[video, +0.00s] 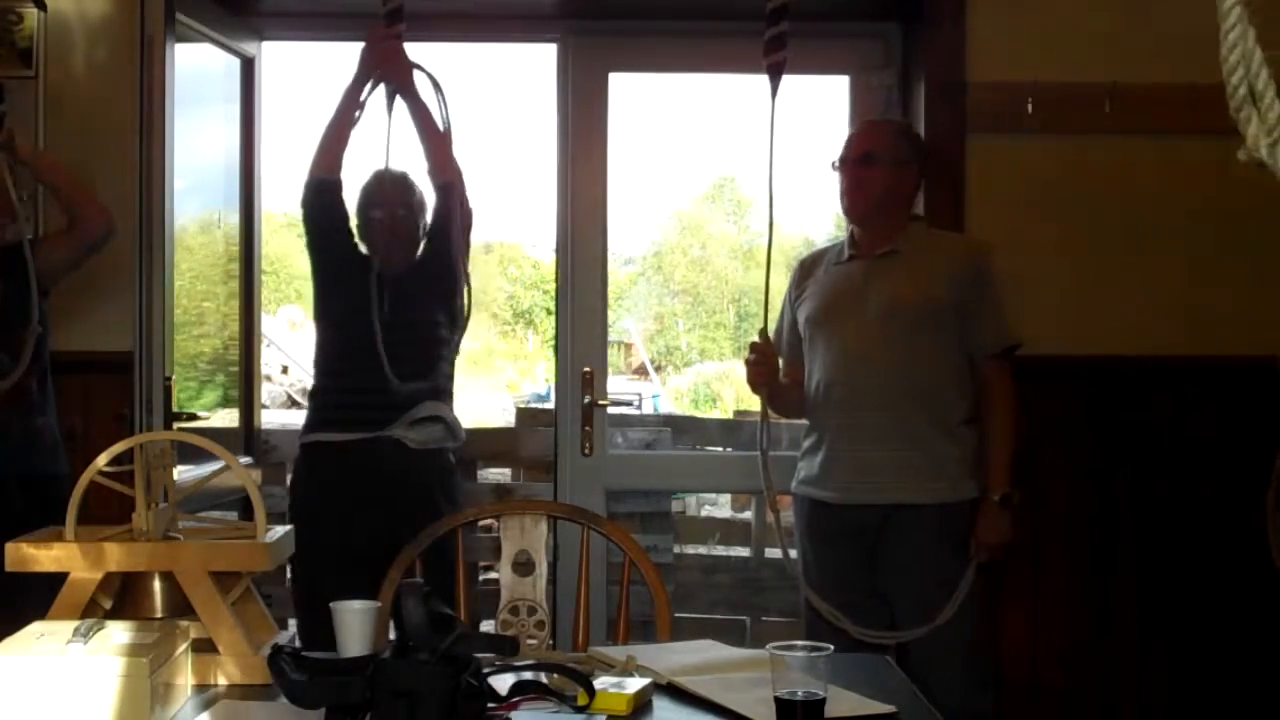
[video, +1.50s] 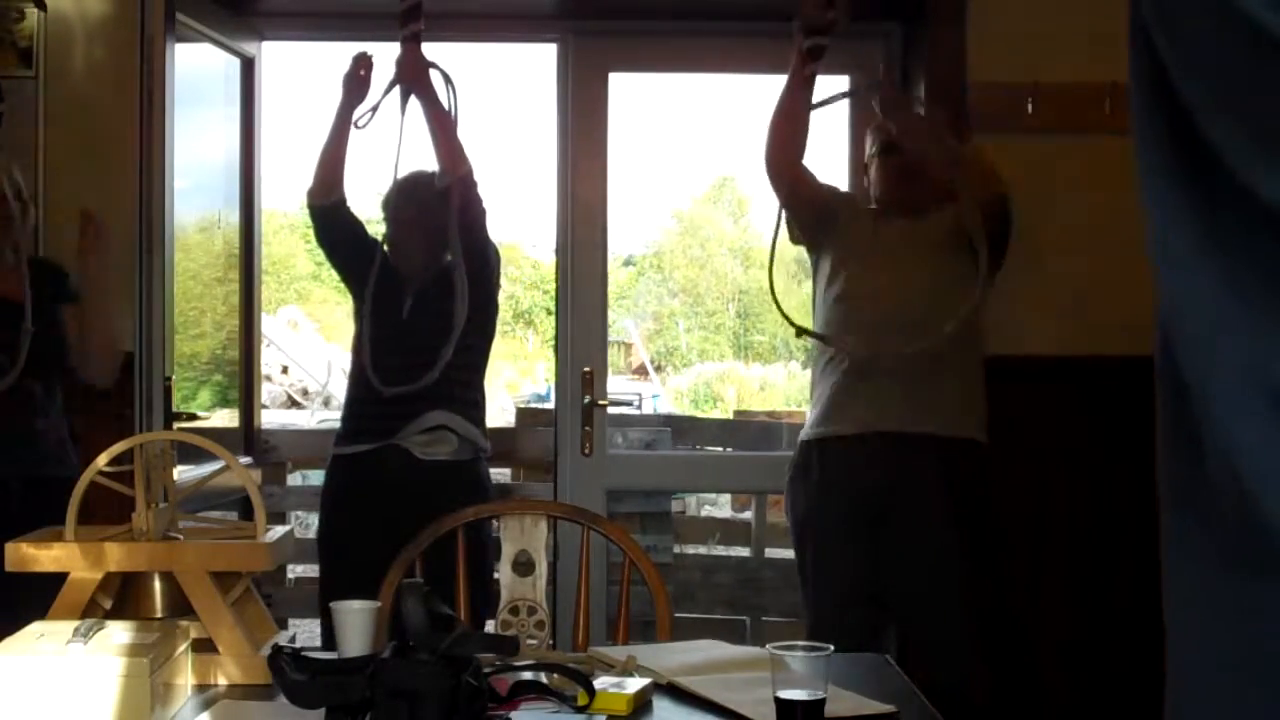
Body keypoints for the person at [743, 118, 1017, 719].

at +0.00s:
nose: (846, 173)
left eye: (865, 161)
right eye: (843, 162)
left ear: (910, 178)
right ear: (838, 175)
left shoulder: (958, 262)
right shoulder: (811, 272)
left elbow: (996, 383)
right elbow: (800, 397)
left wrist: (997, 498)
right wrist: (769, 386)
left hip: (933, 508)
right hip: (829, 508)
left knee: (940, 678)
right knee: (841, 676)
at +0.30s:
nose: (891, 179)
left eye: (900, 166)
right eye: (874, 167)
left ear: (918, 176)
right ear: (843, 177)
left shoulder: (963, 263)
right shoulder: (800, 270)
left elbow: (994, 385)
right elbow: (779, 399)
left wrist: (995, 495)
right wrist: (768, 380)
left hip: (940, 506)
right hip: (833, 507)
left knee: (948, 674)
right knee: (848, 675)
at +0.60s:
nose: (956, 182)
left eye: (956, 169)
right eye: (939, 170)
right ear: (882, 181)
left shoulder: (990, 264)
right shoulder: (827, 261)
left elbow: (1019, 388)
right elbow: (779, 382)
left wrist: (1028, 498)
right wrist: (779, 338)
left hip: (963, 507)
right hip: (852, 506)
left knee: (965, 681)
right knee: (859, 678)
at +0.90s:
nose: (967, 173)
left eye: (973, 159)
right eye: (948, 160)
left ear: (983, 167)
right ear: (904, 173)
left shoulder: (1012, 261)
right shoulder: (855, 244)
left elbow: (1049, 391)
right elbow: (749, 246)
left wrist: (1051, 503)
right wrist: (799, 145)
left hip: (979, 506)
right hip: (870, 506)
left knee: (976, 683)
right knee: (869, 680)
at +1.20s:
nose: (939, 167)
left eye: (953, 154)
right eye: (922, 153)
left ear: (969, 169)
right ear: (892, 170)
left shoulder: (1006, 261)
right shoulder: (857, 241)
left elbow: (1035, 388)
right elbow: (781, 159)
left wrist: (1005, 470)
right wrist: (812, 50)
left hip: (969, 505)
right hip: (861, 499)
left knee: (971, 675)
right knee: (866, 673)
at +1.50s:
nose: (883, 158)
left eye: (901, 148)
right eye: (876, 148)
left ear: (937, 166)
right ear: (865, 167)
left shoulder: (965, 232)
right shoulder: (837, 222)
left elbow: (983, 182)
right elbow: (783, 162)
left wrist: (906, 120)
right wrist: (803, 67)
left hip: (940, 448)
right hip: (838, 449)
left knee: (942, 629)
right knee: (844, 632)